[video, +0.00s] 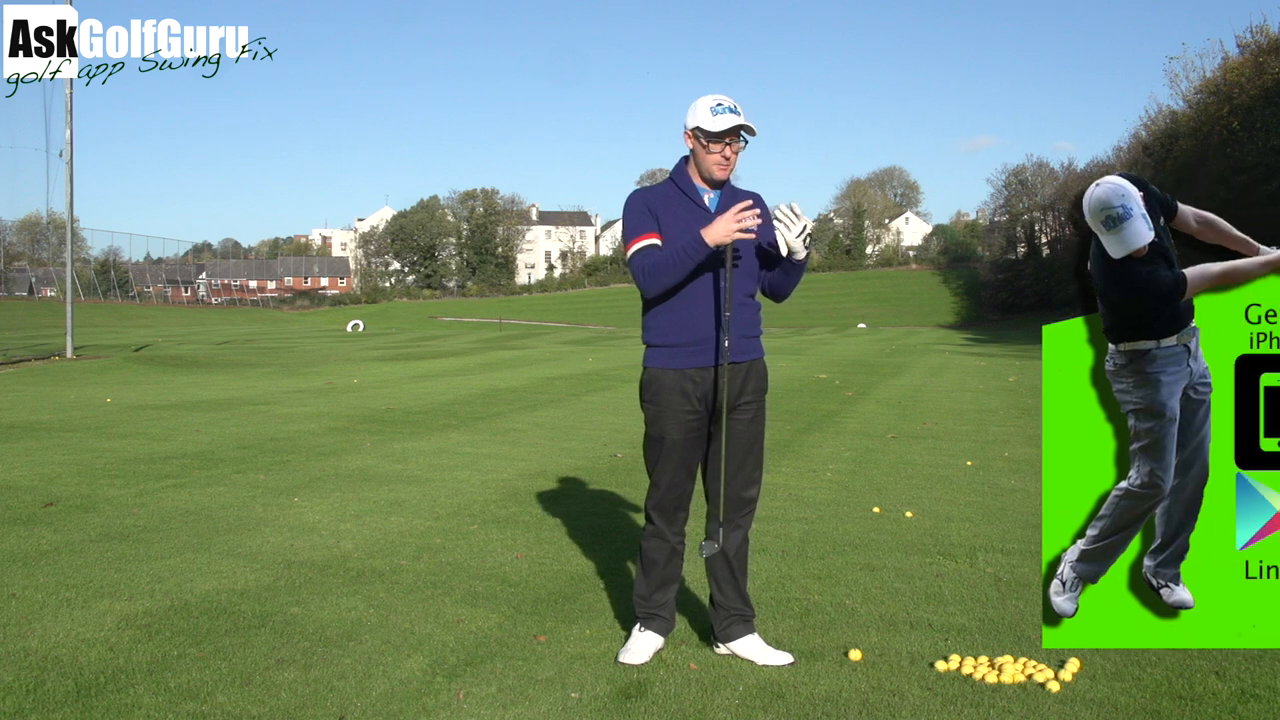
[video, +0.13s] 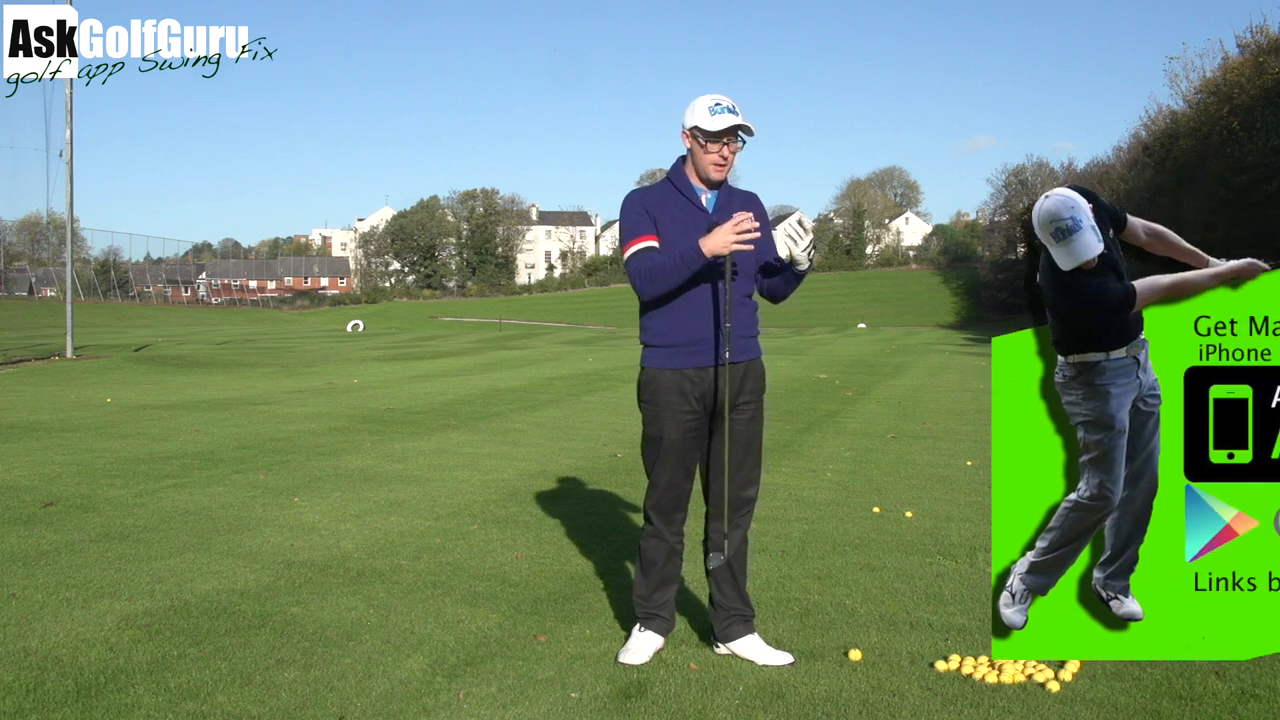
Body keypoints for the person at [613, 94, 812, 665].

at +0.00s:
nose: (730, 150)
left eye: (737, 140)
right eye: (718, 140)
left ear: (742, 145)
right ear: (691, 140)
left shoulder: (751, 206)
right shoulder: (647, 203)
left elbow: (776, 287)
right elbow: (652, 280)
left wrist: (796, 253)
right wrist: (709, 237)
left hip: (744, 372)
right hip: (675, 374)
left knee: (735, 506)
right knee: (667, 505)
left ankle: (733, 627)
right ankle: (653, 621)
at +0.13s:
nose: (726, 150)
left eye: (734, 140)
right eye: (715, 140)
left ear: (740, 145)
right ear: (689, 140)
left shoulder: (749, 208)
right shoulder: (644, 203)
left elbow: (774, 287)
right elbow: (648, 282)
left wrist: (798, 260)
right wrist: (708, 244)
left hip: (741, 372)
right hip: (673, 374)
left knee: (734, 505)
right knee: (666, 505)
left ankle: (733, 626)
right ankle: (653, 621)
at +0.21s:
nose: (724, 148)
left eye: (732, 139)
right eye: (714, 137)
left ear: (738, 145)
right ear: (687, 139)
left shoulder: (748, 206)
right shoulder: (642, 203)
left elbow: (770, 289)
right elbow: (644, 285)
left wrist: (791, 264)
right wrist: (705, 248)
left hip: (740, 374)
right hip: (671, 376)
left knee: (733, 508)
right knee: (664, 508)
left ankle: (733, 627)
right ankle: (653, 622)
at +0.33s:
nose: (705, 140)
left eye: (716, 132)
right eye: (696, 132)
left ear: (729, 141)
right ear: (681, 138)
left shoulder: (749, 204)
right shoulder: (641, 203)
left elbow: (763, 289)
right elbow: (640, 287)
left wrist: (773, 282)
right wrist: (702, 254)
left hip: (739, 372)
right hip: (668, 375)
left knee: (733, 508)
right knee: (662, 508)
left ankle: (733, 626)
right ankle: (652, 621)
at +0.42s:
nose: (702, 140)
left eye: (712, 132)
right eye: (692, 131)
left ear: (727, 140)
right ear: (679, 138)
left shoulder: (749, 203)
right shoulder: (640, 203)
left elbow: (770, 281)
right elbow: (637, 288)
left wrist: (761, 286)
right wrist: (703, 259)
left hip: (737, 373)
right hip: (666, 376)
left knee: (732, 507)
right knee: (661, 508)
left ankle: (733, 627)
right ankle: (651, 621)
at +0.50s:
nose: (701, 141)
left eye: (712, 133)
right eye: (692, 132)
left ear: (727, 141)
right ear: (679, 139)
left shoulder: (750, 204)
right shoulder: (639, 204)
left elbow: (773, 283)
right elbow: (635, 287)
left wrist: (756, 285)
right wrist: (702, 262)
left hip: (737, 373)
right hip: (665, 376)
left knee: (732, 507)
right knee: (660, 509)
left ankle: (733, 627)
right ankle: (651, 621)